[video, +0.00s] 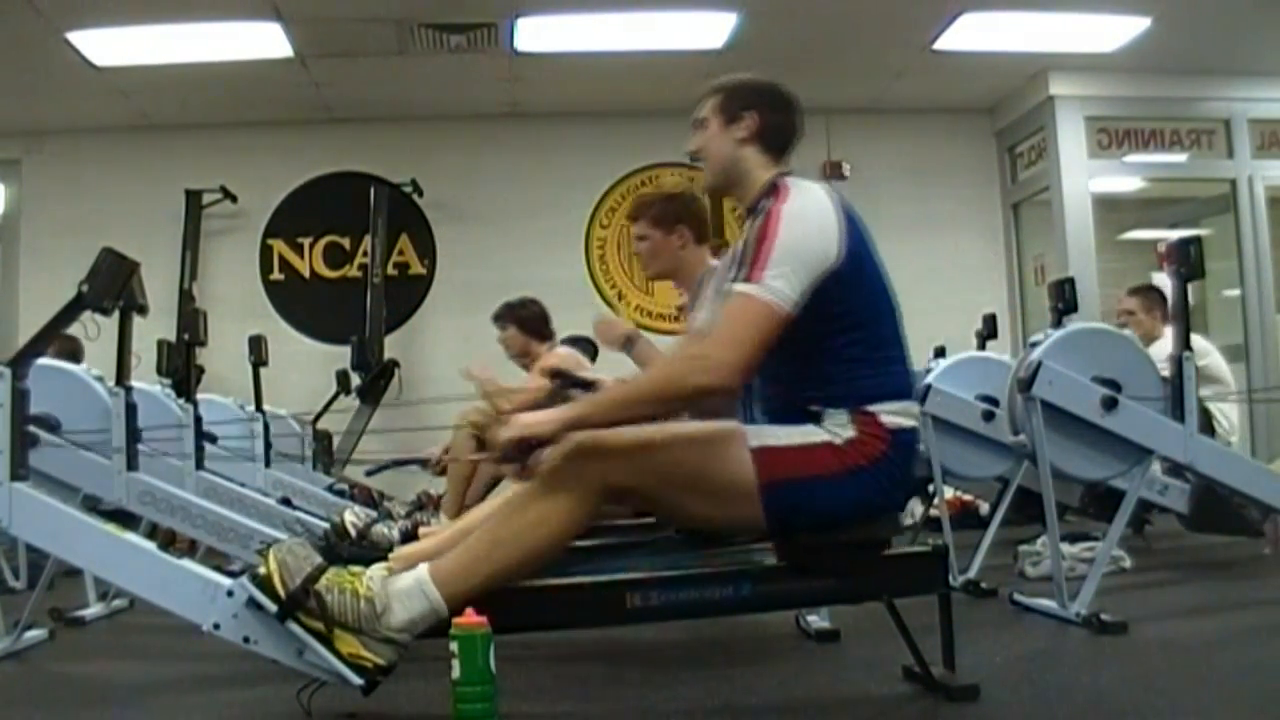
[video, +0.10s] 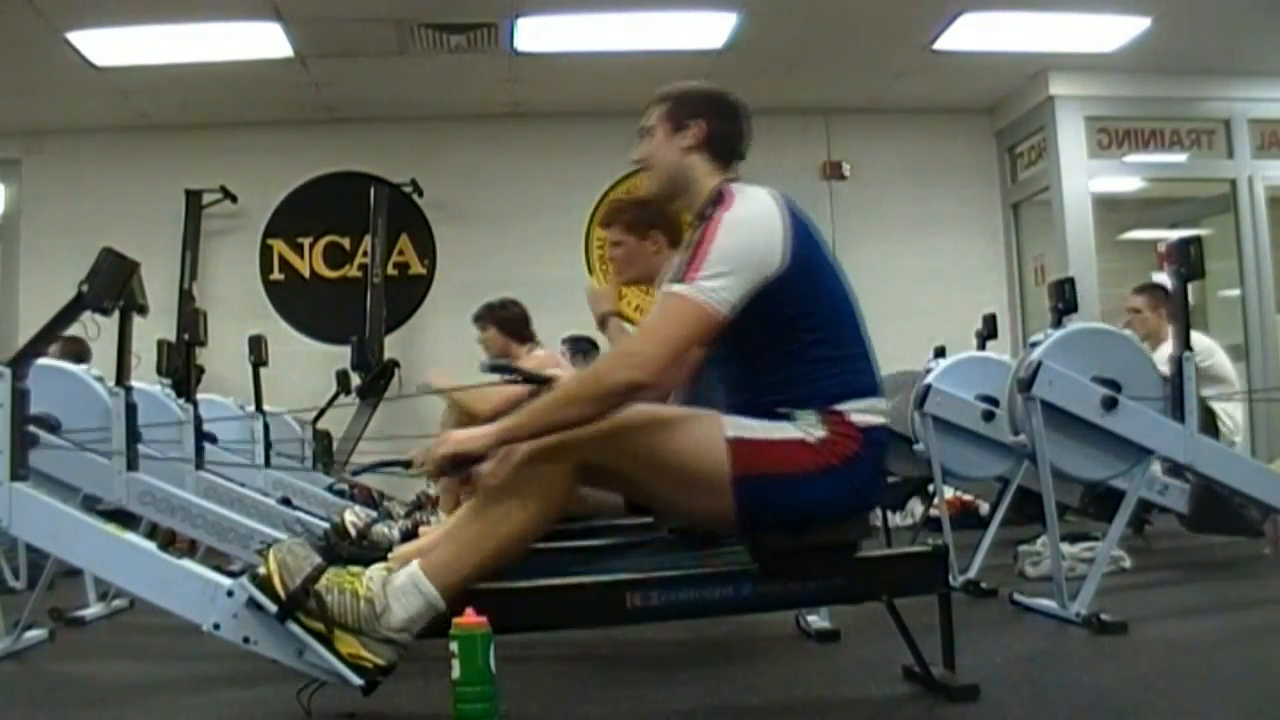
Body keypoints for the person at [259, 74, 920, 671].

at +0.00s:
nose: (692, 145)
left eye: (703, 126)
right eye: (694, 130)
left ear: (748, 127)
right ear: (748, 131)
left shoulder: (800, 208)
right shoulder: (761, 228)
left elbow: (717, 365)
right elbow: (702, 366)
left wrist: (568, 419)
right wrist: (564, 416)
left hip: (856, 448)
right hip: (808, 442)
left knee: (591, 458)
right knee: (573, 459)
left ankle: (398, 614)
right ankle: (386, 588)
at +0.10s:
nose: (637, 157)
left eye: (648, 138)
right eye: (641, 142)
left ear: (694, 138)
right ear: (697, 142)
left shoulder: (750, 215)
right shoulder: (713, 233)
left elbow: (638, 369)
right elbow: (649, 377)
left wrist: (488, 437)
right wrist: (499, 440)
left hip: (827, 449)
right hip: (774, 445)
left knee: (571, 442)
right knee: (552, 458)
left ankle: (395, 609)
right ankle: (385, 588)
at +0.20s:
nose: (582, 163)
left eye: (593, 143)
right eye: (586, 146)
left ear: (637, 147)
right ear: (639, 149)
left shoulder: (696, 224)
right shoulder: (673, 231)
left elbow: (563, 373)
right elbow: (584, 379)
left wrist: (428, 443)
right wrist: (456, 452)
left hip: (788, 455)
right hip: (748, 448)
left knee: (551, 408)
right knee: (536, 428)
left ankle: (391, 604)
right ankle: (388, 597)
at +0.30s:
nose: (530, 173)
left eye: (538, 154)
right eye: (531, 156)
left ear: (580, 154)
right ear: (589, 159)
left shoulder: (640, 230)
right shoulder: (627, 237)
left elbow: (507, 374)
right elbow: (522, 383)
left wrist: (372, 451)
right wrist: (399, 455)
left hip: (748, 457)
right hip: (719, 452)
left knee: (513, 400)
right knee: (504, 411)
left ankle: (390, 603)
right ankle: (390, 589)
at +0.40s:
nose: (479, 176)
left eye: (487, 157)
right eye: (480, 160)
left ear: (524, 159)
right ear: (530, 162)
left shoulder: (586, 236)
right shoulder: (559, 247)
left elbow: (445, 377)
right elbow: (458, 392)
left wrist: (314, 457)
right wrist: (351, 471)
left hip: (702, 461)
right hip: (674, 454)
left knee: (474, 385)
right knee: (474, 387)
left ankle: (386, 603)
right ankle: (386, 598)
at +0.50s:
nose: (431, 177)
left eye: (440, 160)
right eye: (434, 161)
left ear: (476, 164)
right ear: (486, 168)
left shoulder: (533, 242)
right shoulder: (502, 252)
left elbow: (385, 378)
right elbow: (408, 391)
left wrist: (261, 460)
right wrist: (306, 471)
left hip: (655, 464)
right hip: (629, 457)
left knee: (440, 378)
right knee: (438, 374)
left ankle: (385, 600)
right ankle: (384, 581)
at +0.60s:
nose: (392, 187)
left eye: (398, 170)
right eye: (395, 172)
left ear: (433, 169)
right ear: (446, 175)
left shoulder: (492, 246)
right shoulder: (484, 250)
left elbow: (329, 377)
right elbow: (367, 393)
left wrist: (208, 457)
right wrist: (262, 468)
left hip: (616, 467)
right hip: (607, 463)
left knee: (406, 370)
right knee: (401, 371)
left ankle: (381, 600)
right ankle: (382, 588)